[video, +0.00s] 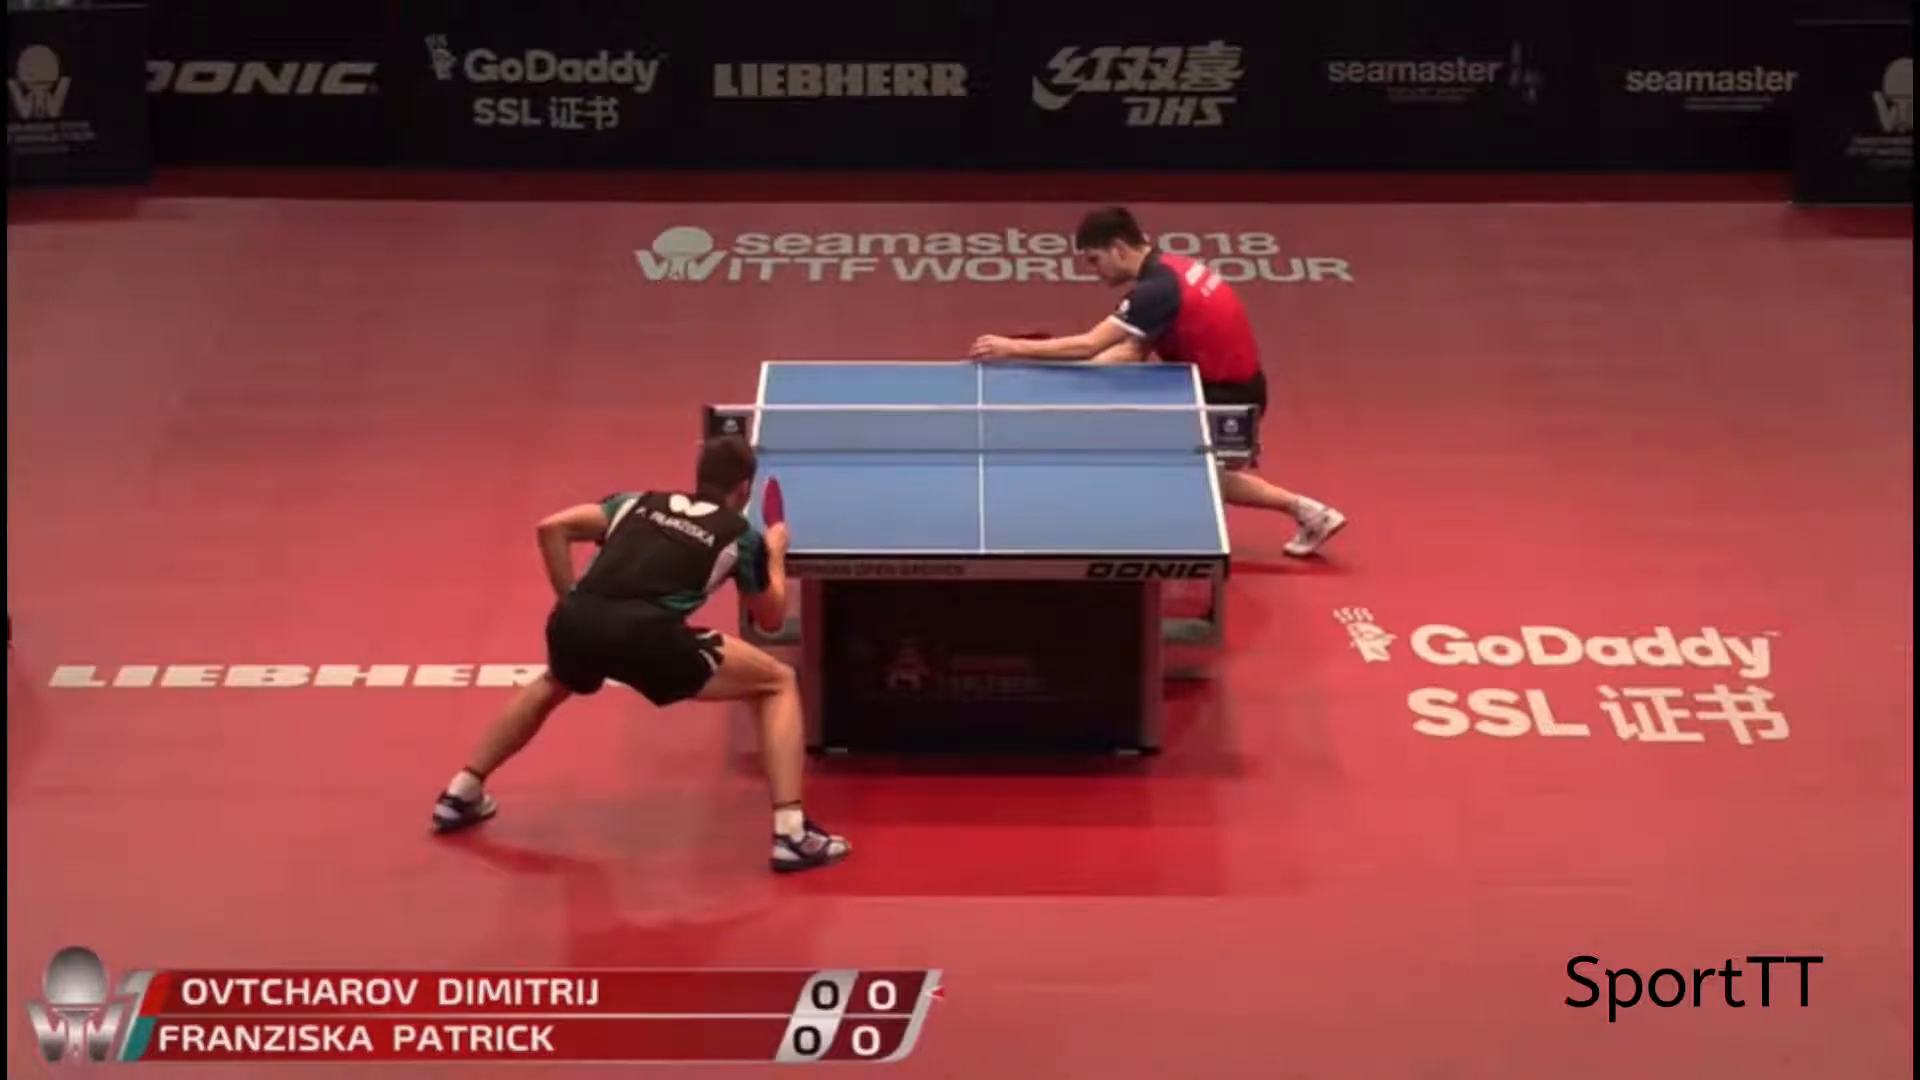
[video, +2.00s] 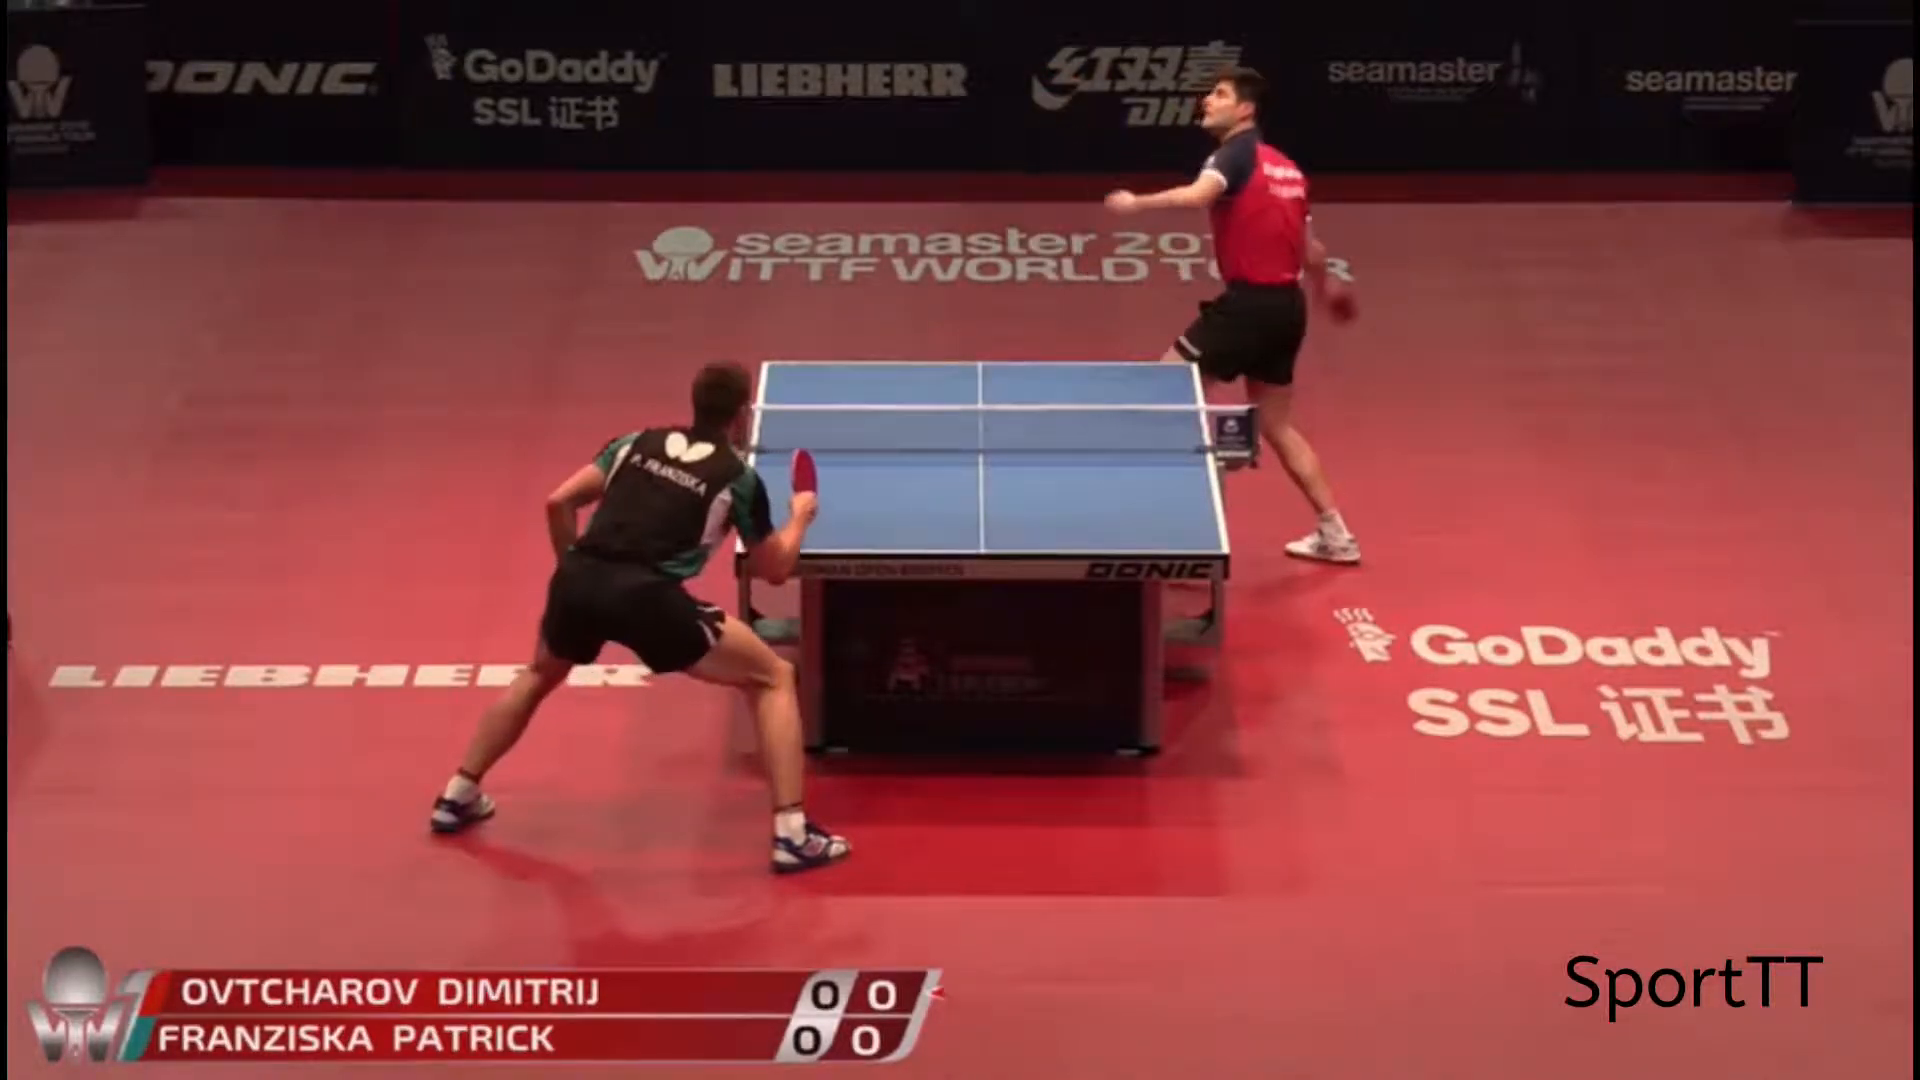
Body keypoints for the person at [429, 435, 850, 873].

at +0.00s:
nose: (750, 494)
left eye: (745, 484)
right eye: (749, 485)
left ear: (696, 477)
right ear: (742, 488)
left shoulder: (639, 502)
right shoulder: (742, 534)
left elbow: (552, 528)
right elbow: (770, 619)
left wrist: (567, 600)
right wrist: (777, 555)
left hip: (575, 622)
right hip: (650, 636)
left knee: (552, 685)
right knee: (777, 684)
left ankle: (462, 790)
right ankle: (792, 831)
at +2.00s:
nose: (752, 419)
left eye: (749, 409)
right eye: (751, 411)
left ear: (695, 405)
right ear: (741, 418)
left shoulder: (638, 443)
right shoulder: (741, 477)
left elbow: (559, 501)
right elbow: (774, 568)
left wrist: (570, 569)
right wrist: (801, 517)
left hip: (577, 583)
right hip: (650, 597)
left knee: (537, 676)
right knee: (774, 678)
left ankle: (458, 793)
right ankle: (792, 831)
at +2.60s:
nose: (743, 374)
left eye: (742, 365)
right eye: (742, 367)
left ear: (688, 359)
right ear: (732, 371)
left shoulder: (625, 390)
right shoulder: (724, 429)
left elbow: (543, 442)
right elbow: (764, 522)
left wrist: (545, 492)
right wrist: (818, 508)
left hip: (584, 549)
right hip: (659, 561)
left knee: (529, 655)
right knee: (762, 646)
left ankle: (470, 782)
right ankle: (795, 764)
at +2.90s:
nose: (760, 374)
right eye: (762, 366)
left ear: (713, 358)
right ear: (760, 371)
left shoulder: (678, 390)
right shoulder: (766, 426)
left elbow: (624, 440)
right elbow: (793, 472)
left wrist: (583, 462)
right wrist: (816, 477)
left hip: (656, 547)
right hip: (730, 553)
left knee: (566, 656)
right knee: (801, 642)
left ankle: (480, 773)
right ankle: (872, 753)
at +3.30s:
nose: (783, 358)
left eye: (776, 349)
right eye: (784, 351)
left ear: (731, 349)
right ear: (780, 359)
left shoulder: (677, 389)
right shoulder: (787, 428)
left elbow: (610, 440)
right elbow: (826, 521)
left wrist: (601, 487)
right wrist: (849, 496)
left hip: (641, 540)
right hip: (716, 552)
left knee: (570, 655)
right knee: (807, 650)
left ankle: (504, 786)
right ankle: (846, 795)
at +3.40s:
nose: (786, 390)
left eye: (774, 378)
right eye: (785, 382)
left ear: (730, 378)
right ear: (778, 390)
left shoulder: (670, 428)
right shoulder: (780, 463)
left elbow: (603, 496)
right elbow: (820, 556)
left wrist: (624, 529)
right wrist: (865, 539)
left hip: (627, 579)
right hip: (697, 595)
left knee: (556, 672)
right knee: (802, 706)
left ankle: (478, 792)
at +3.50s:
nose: (782, 397)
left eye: (775, 385)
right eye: (782, 390)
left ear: (727, 384)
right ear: (772, 396)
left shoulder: (670, 431)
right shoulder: (773, 467)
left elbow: (599, 497)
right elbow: (813, 563)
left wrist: (620, 523)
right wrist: (864, 553)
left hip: (619, 585)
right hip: (692, 601)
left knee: (554, 680)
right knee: (801, 704)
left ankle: (470, 799)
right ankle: (777, 849)